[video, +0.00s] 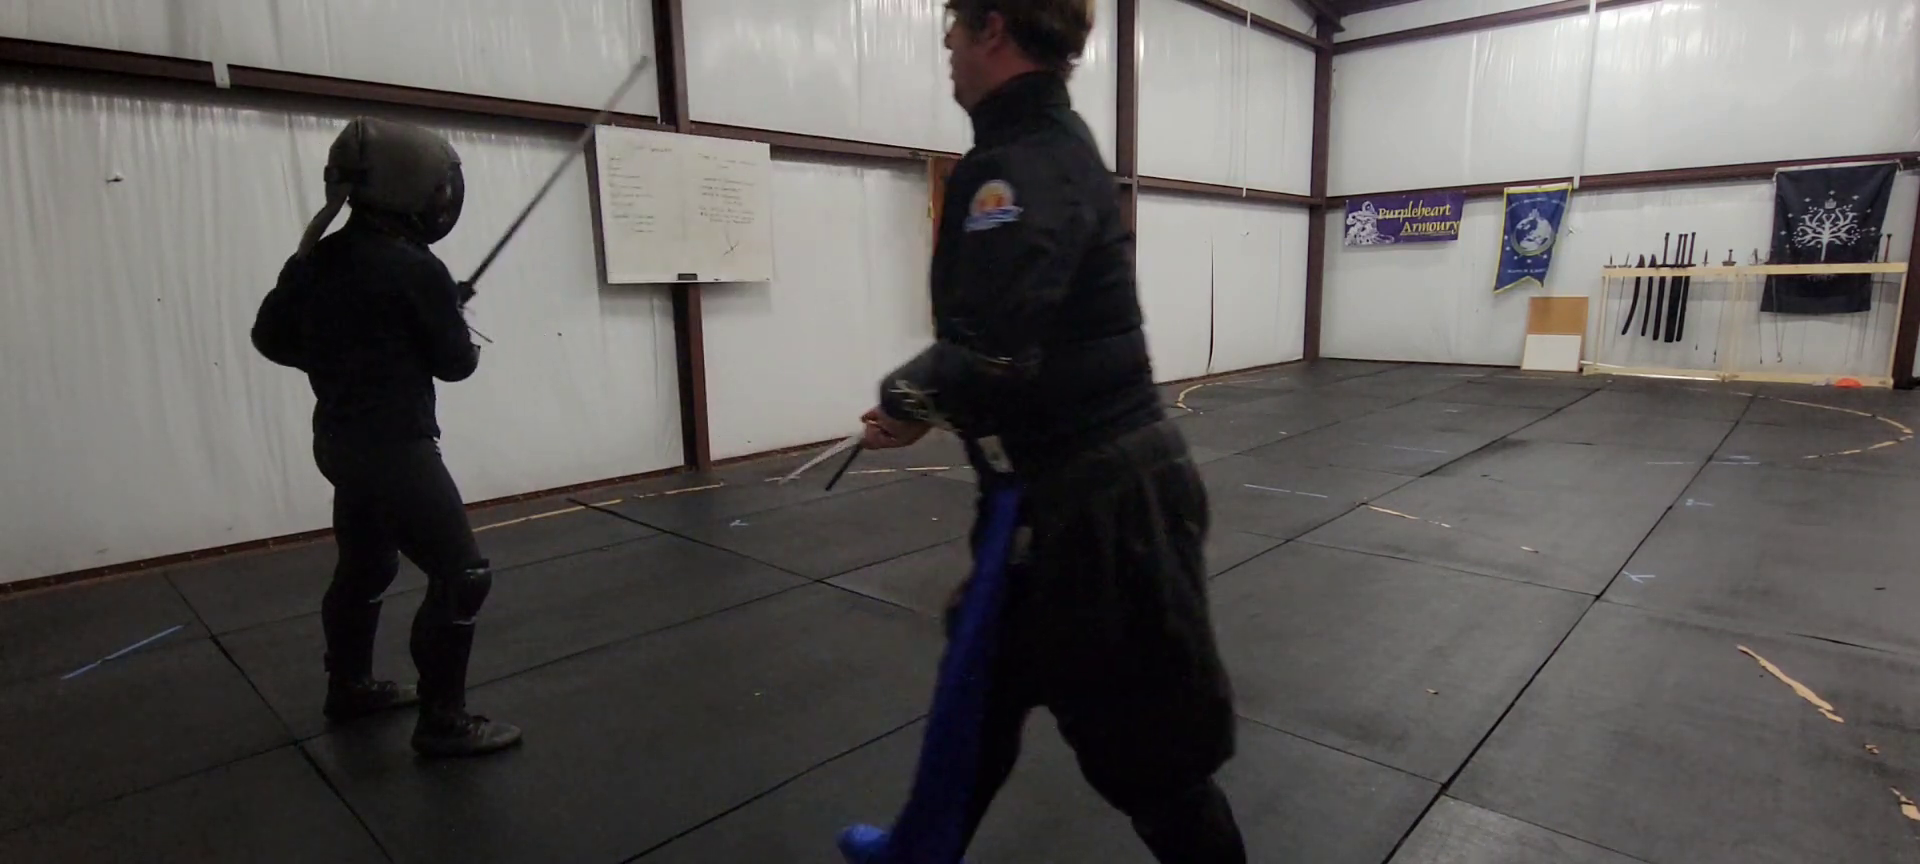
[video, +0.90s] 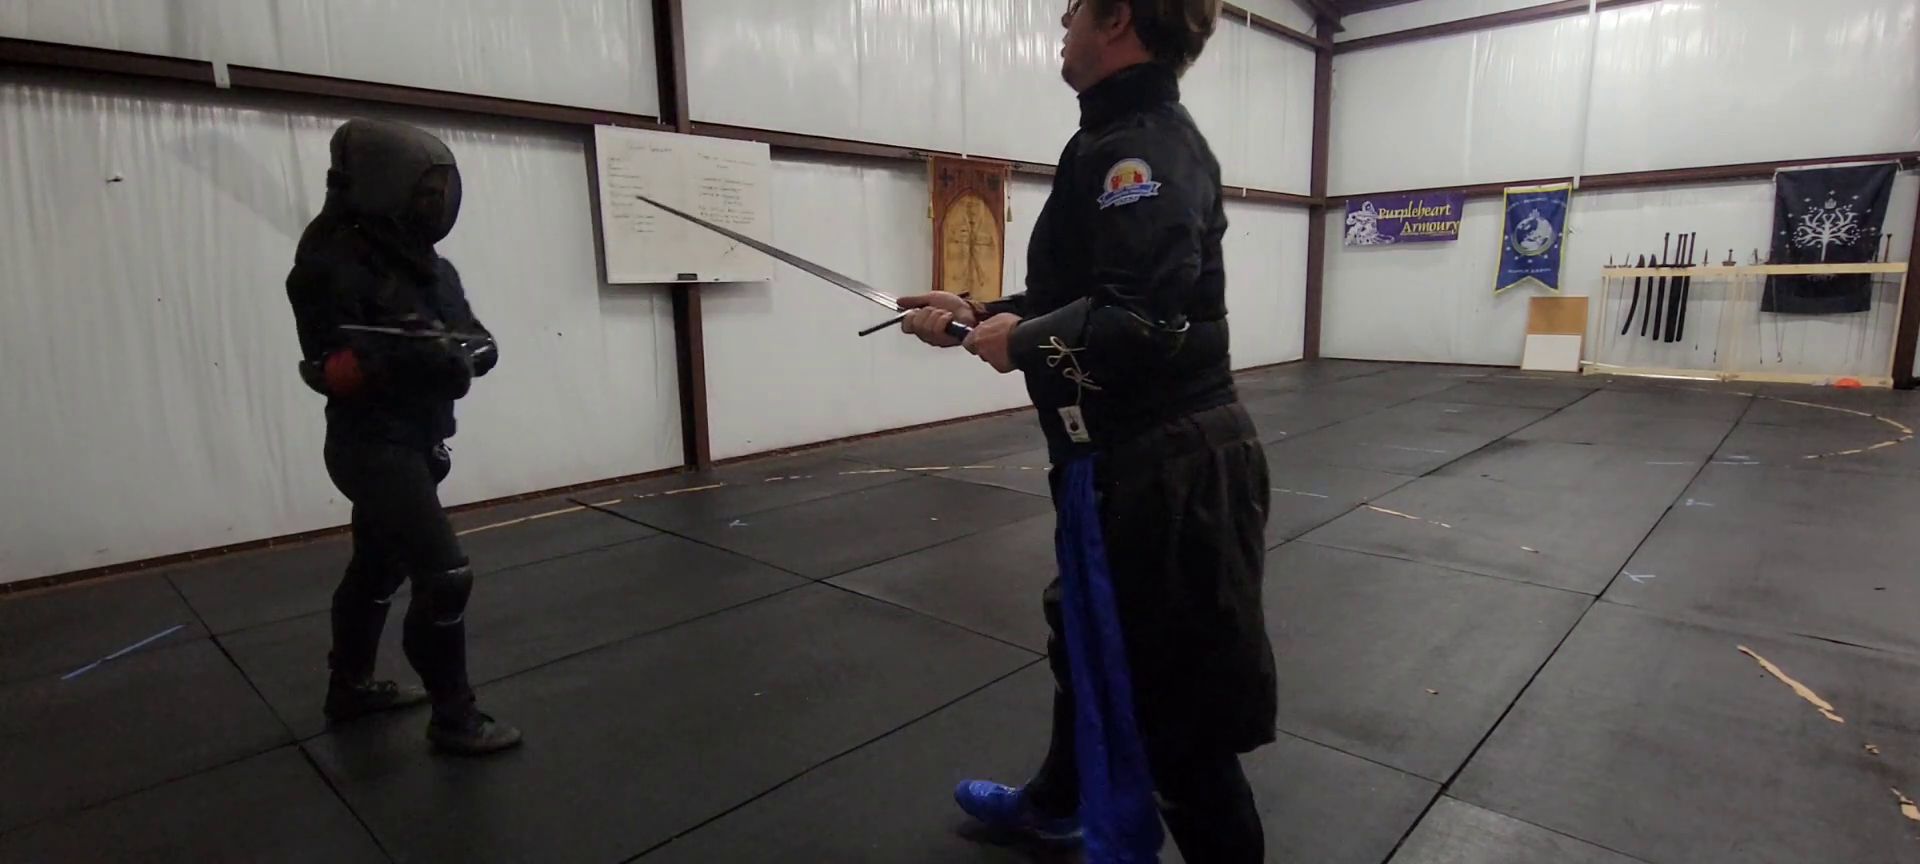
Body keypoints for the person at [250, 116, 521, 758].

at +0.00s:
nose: (449, 201)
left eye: (449, 188)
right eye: (444, 189)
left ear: (361, 189)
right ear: (424, 196)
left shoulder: (317, 261)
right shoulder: (416, 268)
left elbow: (269, 335)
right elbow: (455, 361)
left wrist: (339, 353)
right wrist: (449, 306)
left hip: (341, 446)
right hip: (402, 451)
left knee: (364, 565)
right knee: (461, 576)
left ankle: (350, 689)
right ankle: (444, 720)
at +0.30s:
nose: (444, 196)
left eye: (442, 183)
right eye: (437, 184)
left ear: (357, 186)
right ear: (416, 193)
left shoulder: (312, 259)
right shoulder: (411, 271)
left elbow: (292, 343)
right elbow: (446, 360)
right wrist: (477, 338)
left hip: (335, 444)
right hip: (396, 448)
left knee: (361, 565)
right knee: (453, 575)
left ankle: (347, 688)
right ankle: (443, 721)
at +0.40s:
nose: (432, 193)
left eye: (430, 180)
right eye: (425, 181)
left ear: (342, 186)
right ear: (402, 190)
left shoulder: (303, 266)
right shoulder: (399, 270)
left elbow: (338, 354)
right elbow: (456, 349)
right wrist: (506, 340)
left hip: (333, 447)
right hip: (392, 450)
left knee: (357, 568)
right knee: (451, 575)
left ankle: (348, 687)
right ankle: (442, 719)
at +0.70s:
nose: (425, 198)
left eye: (424, 185)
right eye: (417, 184)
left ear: (350, 185)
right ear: (391, 190)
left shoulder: (357, 258)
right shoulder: (357, 266)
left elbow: (403, 353)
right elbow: (401, 358)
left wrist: (486, 354)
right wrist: (503, 347)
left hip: (370, 448)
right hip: (375, 452)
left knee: (369, 572)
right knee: (440, 577)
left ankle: (350, 689)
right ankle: (441, 722)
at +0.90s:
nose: (436, 202)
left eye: (441, 188)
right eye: (422, 187)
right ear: (377, 186)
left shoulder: (426, 263)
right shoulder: (329, 259)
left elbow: (478, 338)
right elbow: (328, 363)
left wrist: (465, 355)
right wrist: (409, 355)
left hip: (419, 445)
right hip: (369, 448)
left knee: (373, 573)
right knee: (443, 574)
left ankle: (349, 686)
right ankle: (454, 716)